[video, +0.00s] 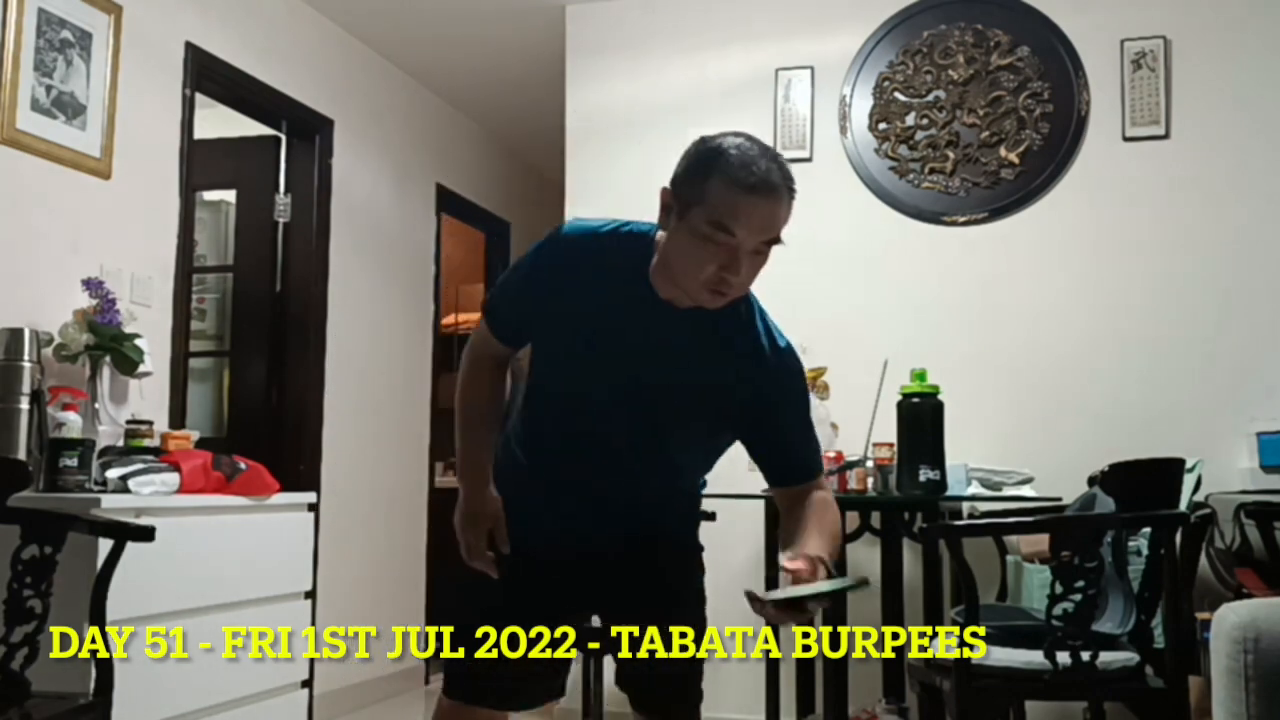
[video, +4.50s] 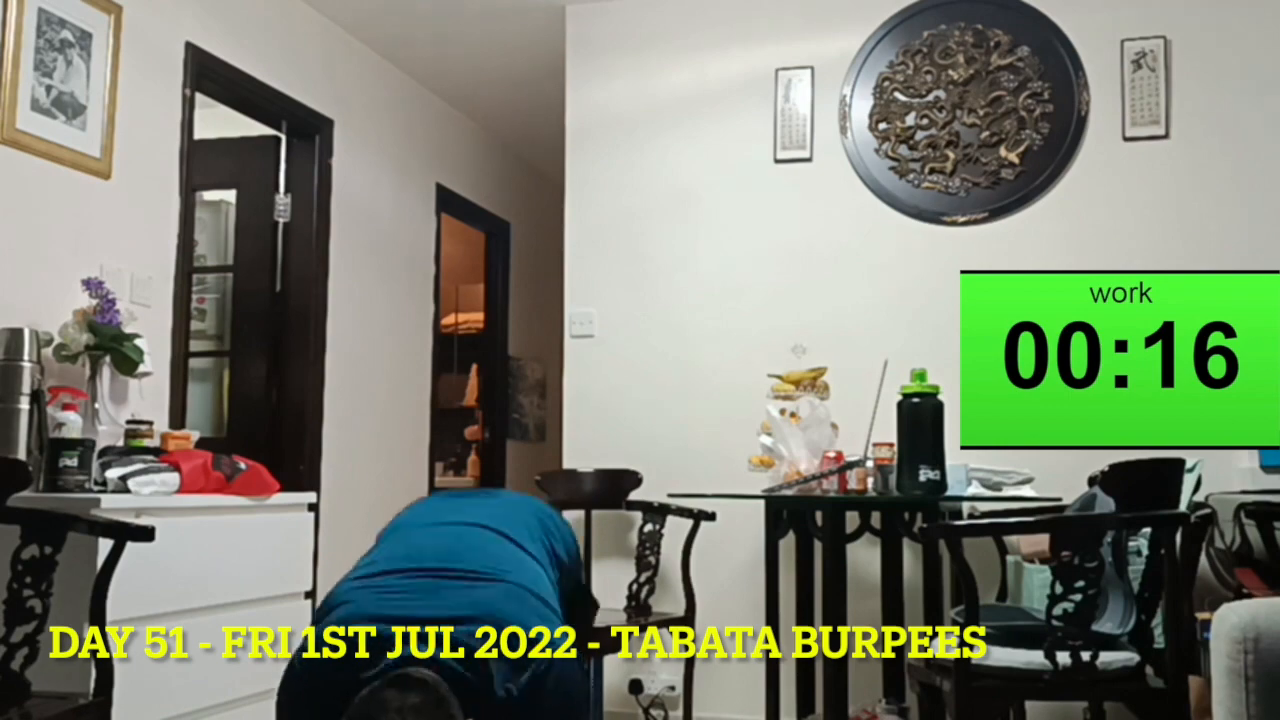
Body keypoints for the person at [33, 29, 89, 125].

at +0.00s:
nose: (66, 52)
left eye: (69, 48)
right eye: (63, 49)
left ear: (74, 49)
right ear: (61, 51)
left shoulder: (79, 66)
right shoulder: (61, 60)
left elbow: (69, 89)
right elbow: (57, 81)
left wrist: (48, 82)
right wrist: (49, 101)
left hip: (79, 102)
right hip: (62, 95)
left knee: (64, 98)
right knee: (47, 88)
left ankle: (70, 120)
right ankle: (60, 116)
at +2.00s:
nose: (66, 51)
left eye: (69, 48)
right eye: (63, 48)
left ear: (74, 49)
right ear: (60, 50)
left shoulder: (79, 65)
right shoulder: (61, 60)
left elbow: (70, 89)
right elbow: (57, 81)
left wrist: (49, 83)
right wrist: (49, 101)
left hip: (80, 102)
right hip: (63, 95)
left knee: (64, 98)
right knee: (48, 88)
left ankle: (70, 120)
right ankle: (61, 117)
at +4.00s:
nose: (66, 51)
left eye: (69, 48)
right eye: (63, 48)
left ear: (74, 49)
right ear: (60, 50)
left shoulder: (79, 66)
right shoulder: (61, 60)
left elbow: (69, 89)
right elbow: (56, 80)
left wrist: (49, 82)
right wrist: (49, 101)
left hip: (79, 102)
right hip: (63, 94)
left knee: (64, 98)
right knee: (48, 88)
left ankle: (69, 119)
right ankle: (60, 116)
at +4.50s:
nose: (66, 53)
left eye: (69, 48)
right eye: (63, 50)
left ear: (74, 49)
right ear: (60, 51)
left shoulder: (79, 66)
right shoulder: (61, 60)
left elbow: (69, 89)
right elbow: (57, 81)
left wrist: (49, 82)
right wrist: (49, 101)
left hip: (78, 102)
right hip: (62, 95)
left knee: (64, 98)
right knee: (47, 88)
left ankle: (70, 120)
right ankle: (60, 116)